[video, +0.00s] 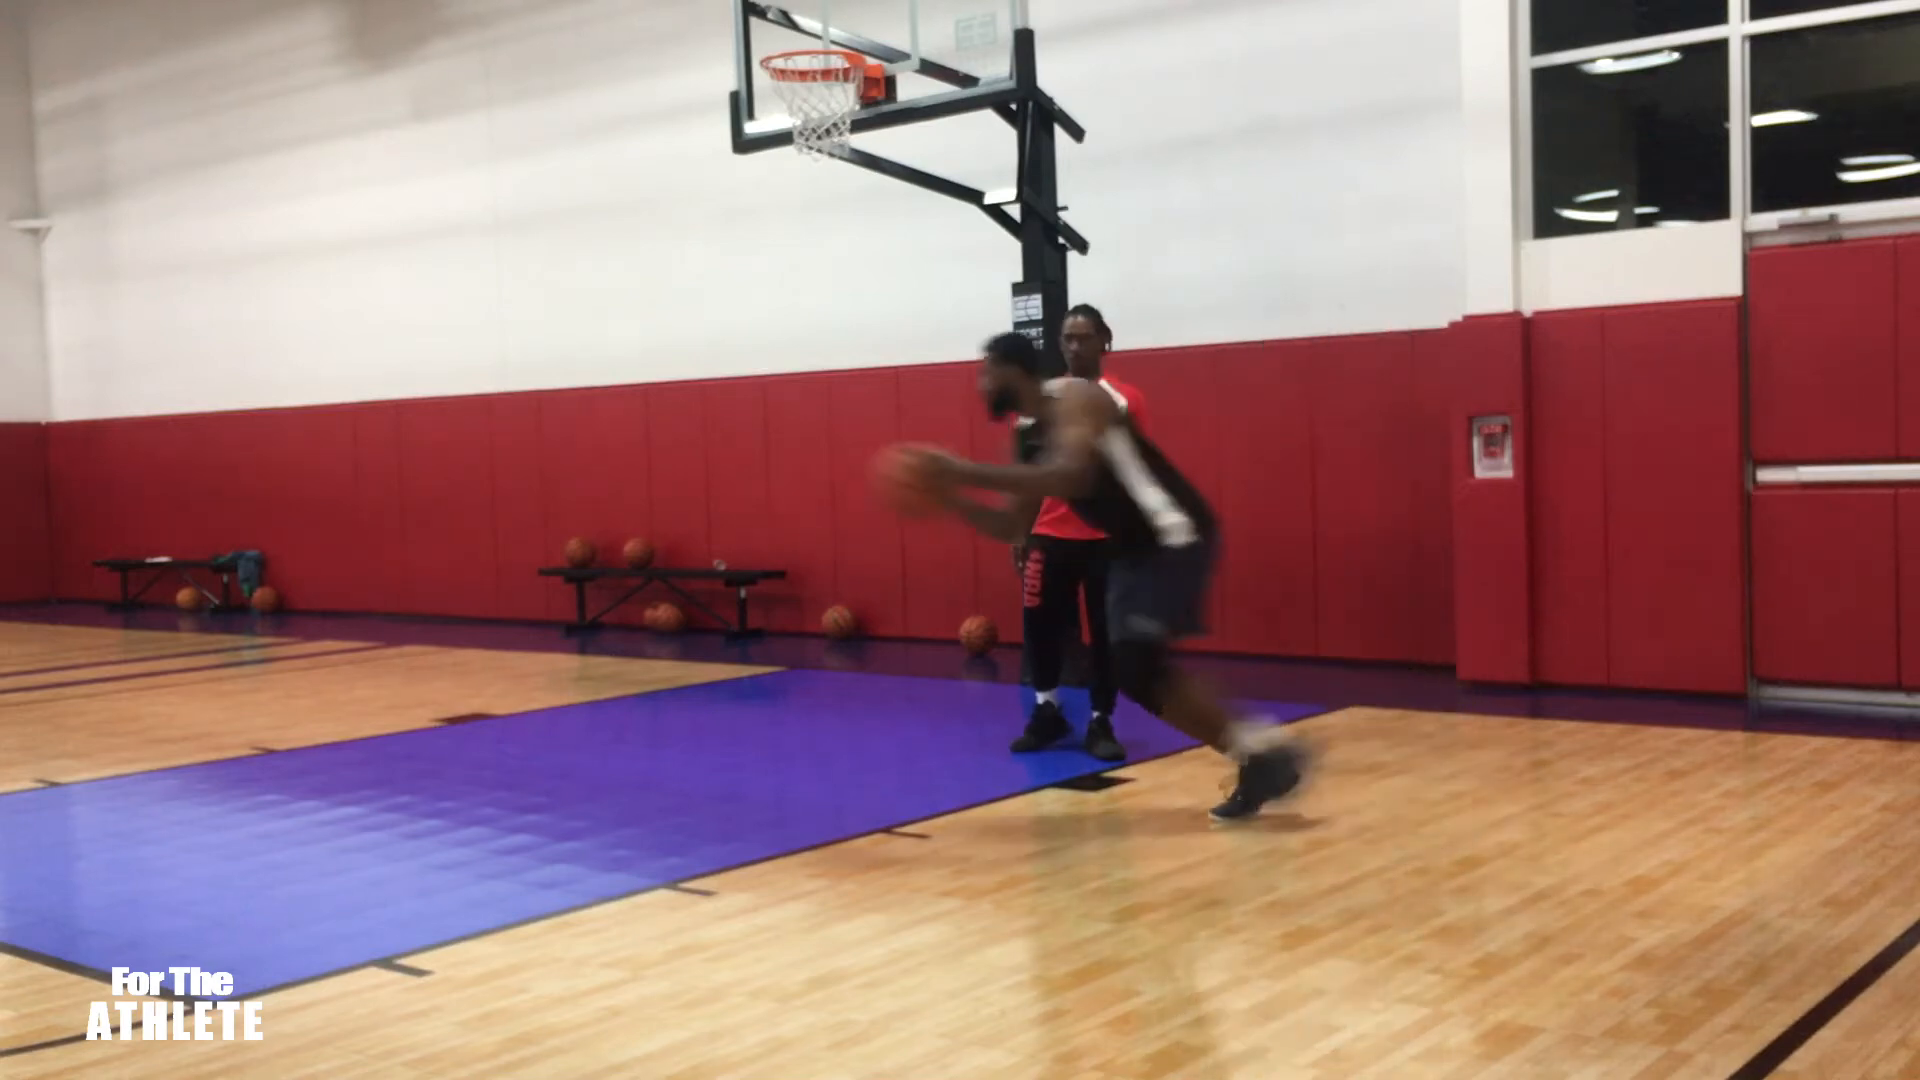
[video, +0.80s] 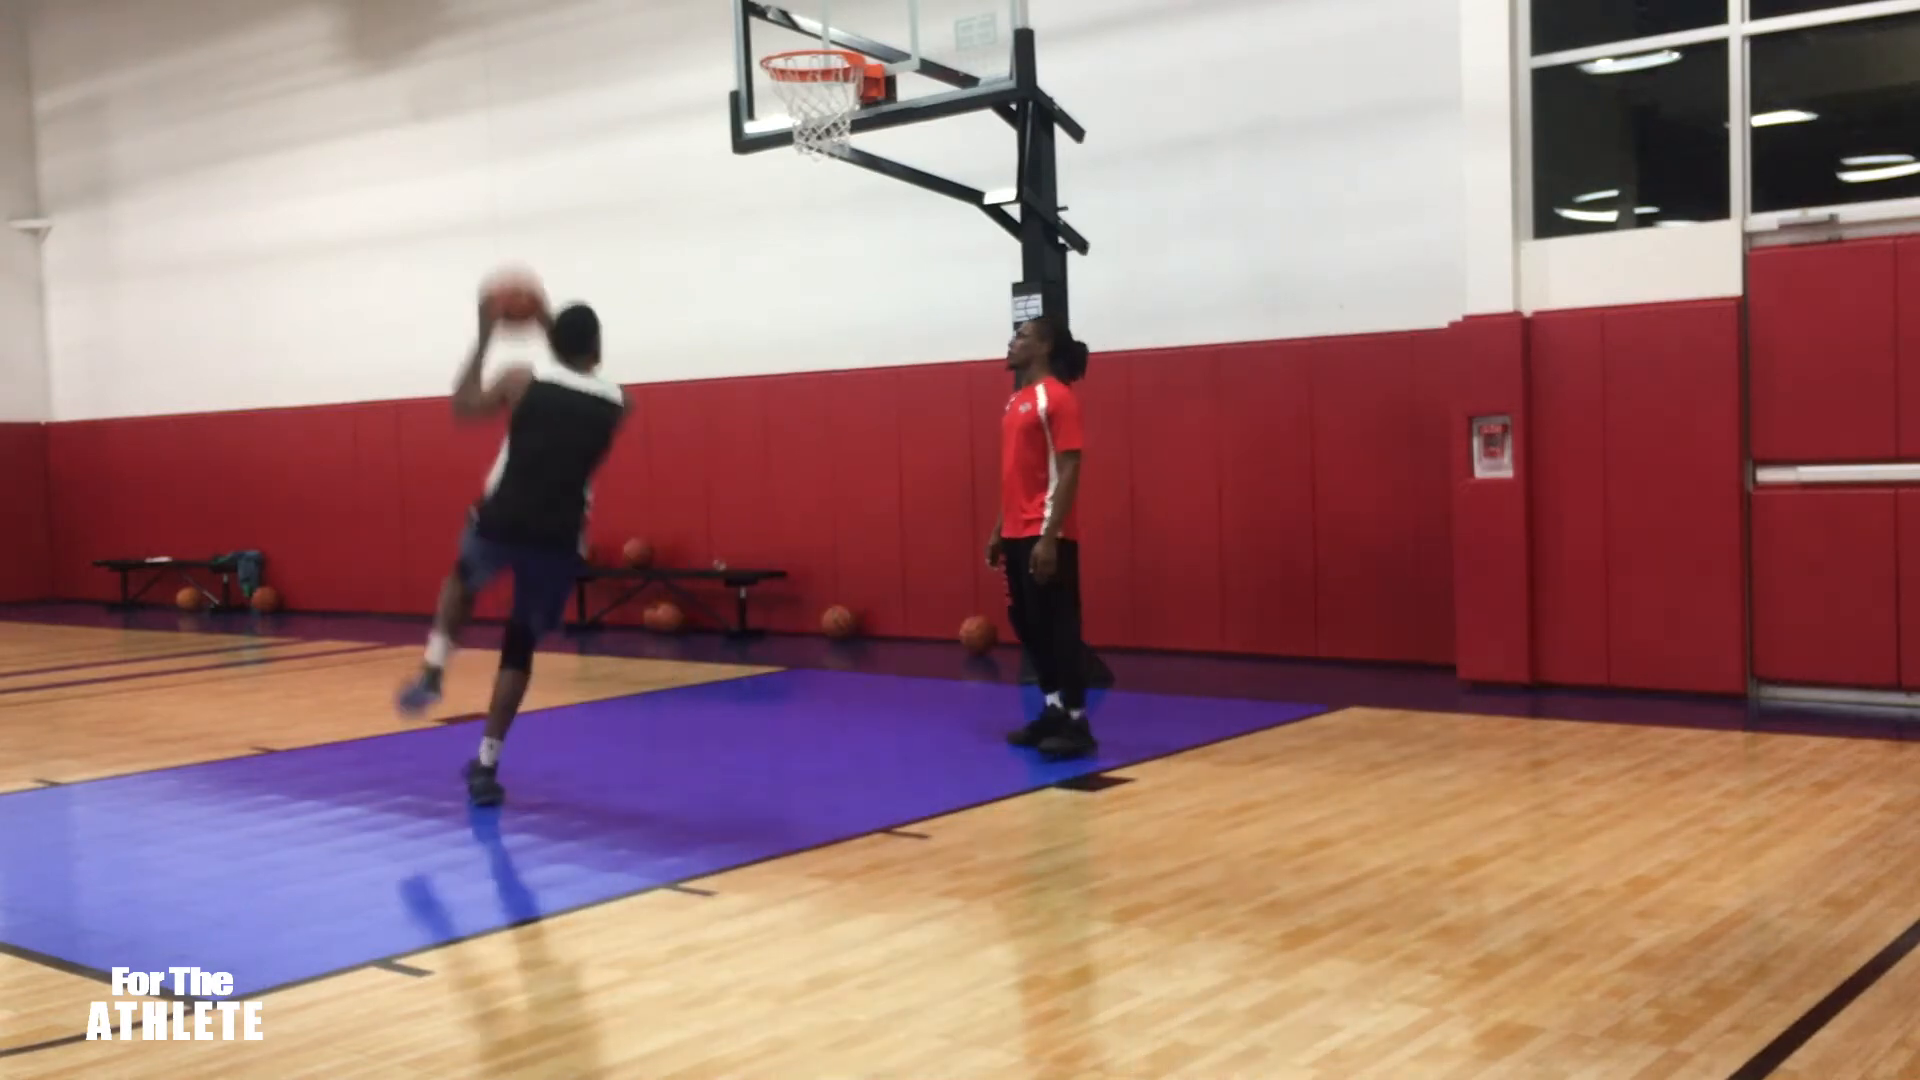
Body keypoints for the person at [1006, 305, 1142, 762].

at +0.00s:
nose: (1075, 347)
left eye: (1085, 338)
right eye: (1068, 338)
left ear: (1105, 343)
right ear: (1059, 345)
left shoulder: (1121, 399)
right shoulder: (1042, 400)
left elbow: (1124, 468)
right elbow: (1028, 472)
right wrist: (1021, 532)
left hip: (1104, 533)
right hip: (1051, 529)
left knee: (1106, 627)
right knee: (1042, 618)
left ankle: (1102, 719)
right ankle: (1045, 710)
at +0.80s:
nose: (1013, 342)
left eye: (1023, 337)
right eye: (1015, 335)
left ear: (1045, 348)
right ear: (1024, 346)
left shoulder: (1057, 397)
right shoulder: (1016, 400)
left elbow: (1068, 470)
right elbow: (1017, 474)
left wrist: (1049, 536)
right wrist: (1000, 531)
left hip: (1047, 536)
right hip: (1019, 536)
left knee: (1056, 627)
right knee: (1027, 624)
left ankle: (1075, 718)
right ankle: (1052, 708)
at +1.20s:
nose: (992, 338)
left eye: (1002, 335)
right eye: (996, 332)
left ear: (1018, 350)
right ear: (1011, 349)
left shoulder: (1019, 393)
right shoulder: (1007, 393)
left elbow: (1023, 466)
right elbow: (1012, 467)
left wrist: (999, 533)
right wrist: (994, 528)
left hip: (1020, 531)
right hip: (1021, 529)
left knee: (993, 622)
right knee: (1034, 620)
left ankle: (976, 715)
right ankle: (1060, 711)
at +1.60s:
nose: (949, 339)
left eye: (958, 337)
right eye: (954, 334)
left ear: (970, 352)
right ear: (977, 356)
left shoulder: (965, 397)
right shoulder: (972, 395)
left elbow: (966, 470)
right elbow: (974, 468)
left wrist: (945, 538)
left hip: (970, 533)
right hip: (979, 531)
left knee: (960, 620)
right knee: (974, 617)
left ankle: (956, 717)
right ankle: (1037, 694)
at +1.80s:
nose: (929, 341)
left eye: (938, 337)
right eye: (935, 335)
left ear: (949, 353)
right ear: (957, 358)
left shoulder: (942, 396)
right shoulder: (953, 395)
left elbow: (937, 467)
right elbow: (951, 466)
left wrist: (905, 534)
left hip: (952, 521)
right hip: (956, 519)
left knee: (946, 615)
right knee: (928, 607)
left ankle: (956, 716)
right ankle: (987, 685)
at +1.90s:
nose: (918, 345)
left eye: (925, 340)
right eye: (922, 339)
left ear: (937, 353)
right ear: (946, 357)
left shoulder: (931, 396)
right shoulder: (946, 396)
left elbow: (924, 466)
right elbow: (938, 464)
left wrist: (885, 532)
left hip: (941, 520)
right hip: (951, 518)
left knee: (922, 606)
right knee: (941, 610)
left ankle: (955, 713)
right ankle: (955, 708)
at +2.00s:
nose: (908, 347)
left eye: (915, 342)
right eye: (912, 340)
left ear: (925, 354)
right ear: (935, 359)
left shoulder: (920, 397)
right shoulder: (936, 398)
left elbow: (911, 467)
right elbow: (931, 469)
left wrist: (872, 534)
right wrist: (888, 485)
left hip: (935, 520)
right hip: (933, 518)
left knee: (936, 614)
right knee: (913, 608)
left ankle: (956, 717)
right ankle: (919, 701)